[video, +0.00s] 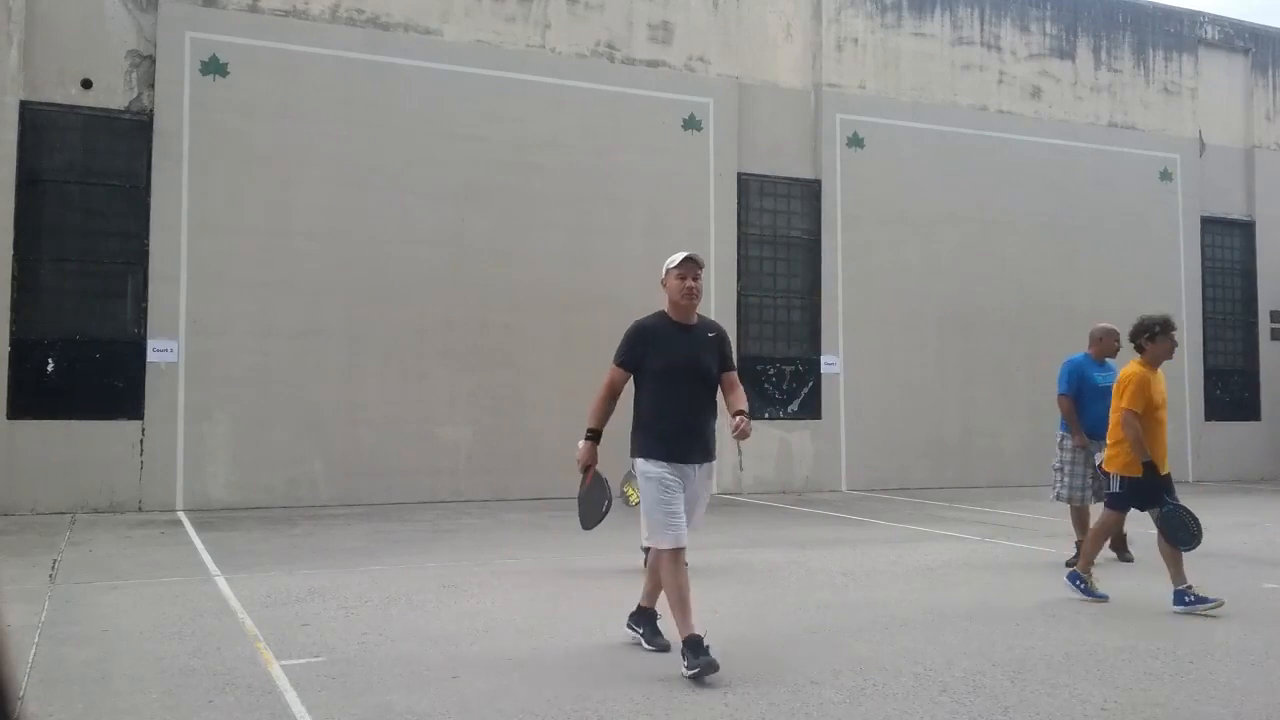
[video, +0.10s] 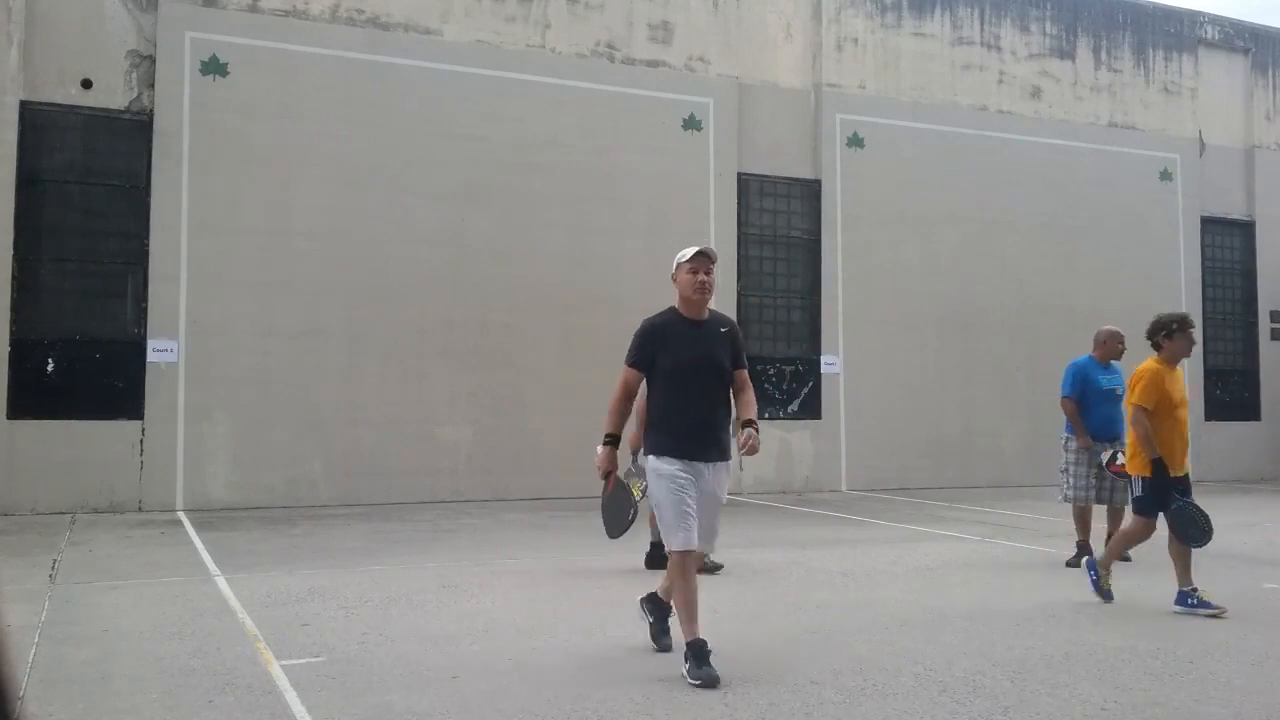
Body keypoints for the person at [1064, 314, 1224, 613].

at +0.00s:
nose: (1175, 344)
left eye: (1174, 339)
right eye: (1170, 340)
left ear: (1154, 343)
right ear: (1149, 342)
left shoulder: (1154, 374)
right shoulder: (1135, 375)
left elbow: (1143, 420)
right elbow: (1128, 420)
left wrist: (1113, 458)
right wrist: (1146, 460)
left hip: (1152, 465)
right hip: (1128, 466)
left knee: (1169, 526)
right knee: (1110, 520)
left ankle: (1182, 590)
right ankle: (1080, 573)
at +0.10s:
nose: (1194, 342)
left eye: (1192, 336)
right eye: (1188, 337)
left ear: (1171, 341)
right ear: (1166, 340)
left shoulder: (1174, 371)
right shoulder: (1150, 372)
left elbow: (1170, 419)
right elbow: (1137, 416)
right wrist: (1155, 458)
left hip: (1175, 465)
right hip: (1149, 466)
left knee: (1181, 528)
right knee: (1142, 527)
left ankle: (1186, 591)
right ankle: (1100, 565)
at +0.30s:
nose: (1226, 340)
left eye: (1226, 334)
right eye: (1222, 334)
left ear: (1208, 335)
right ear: (1200, 335)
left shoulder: (1212, 368)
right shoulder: (1177, 369)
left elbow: (1208, 419)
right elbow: (1155, 414)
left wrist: (1225, 454)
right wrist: (1173, 457)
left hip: (1205, 463)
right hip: (1184, 463)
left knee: (1194, 525)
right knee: (1194, 526)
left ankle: (1180, 583)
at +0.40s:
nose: (1242, 340)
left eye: (1242, 334)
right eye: (1237, 334)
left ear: (1222, 336)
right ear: (1217, 335)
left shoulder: (1228, 369)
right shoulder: (1193, 370)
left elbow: (1225, 417)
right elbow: (1171, 418)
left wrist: (1251, 447)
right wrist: (1194, 458)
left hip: (1219, 464)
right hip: (1197, 464)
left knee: (1205, 528)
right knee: (1211, 529)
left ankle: (1188, 592)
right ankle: (1219, 601)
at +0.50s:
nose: (1263, 345)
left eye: (1262, 338)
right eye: (1258, 338)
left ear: (1241, 340)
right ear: (1238, 339)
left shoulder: (1242, 372)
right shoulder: (1212, 374)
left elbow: (1237, 420)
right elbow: (1197, 424)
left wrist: (1263, 447)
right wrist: (1227, 466)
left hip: (1230, 466)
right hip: (1208, 468)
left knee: (1240, 532)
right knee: (1226, 533)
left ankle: (1197, 583)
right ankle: (1222, 605)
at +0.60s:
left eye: (1279, 346)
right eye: (1279, 346)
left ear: (1263, 346)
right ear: (1265, 346)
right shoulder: (1250, 380)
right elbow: (1248, 440)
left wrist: (1271, 465)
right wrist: (1274, 468)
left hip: (1243, 465)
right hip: (1221, 465)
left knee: (1269, 528)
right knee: (1237, 534)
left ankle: (1239, 593)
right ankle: (1222, 605)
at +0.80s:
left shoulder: (1274, 370)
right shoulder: (1273, 373)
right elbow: (1241, 395)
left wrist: (1255, 430)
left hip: (1262, 466)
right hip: (1256, 466)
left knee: (1260, 542)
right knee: (1259, 542)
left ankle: (1226, 604)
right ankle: (1225, 605)